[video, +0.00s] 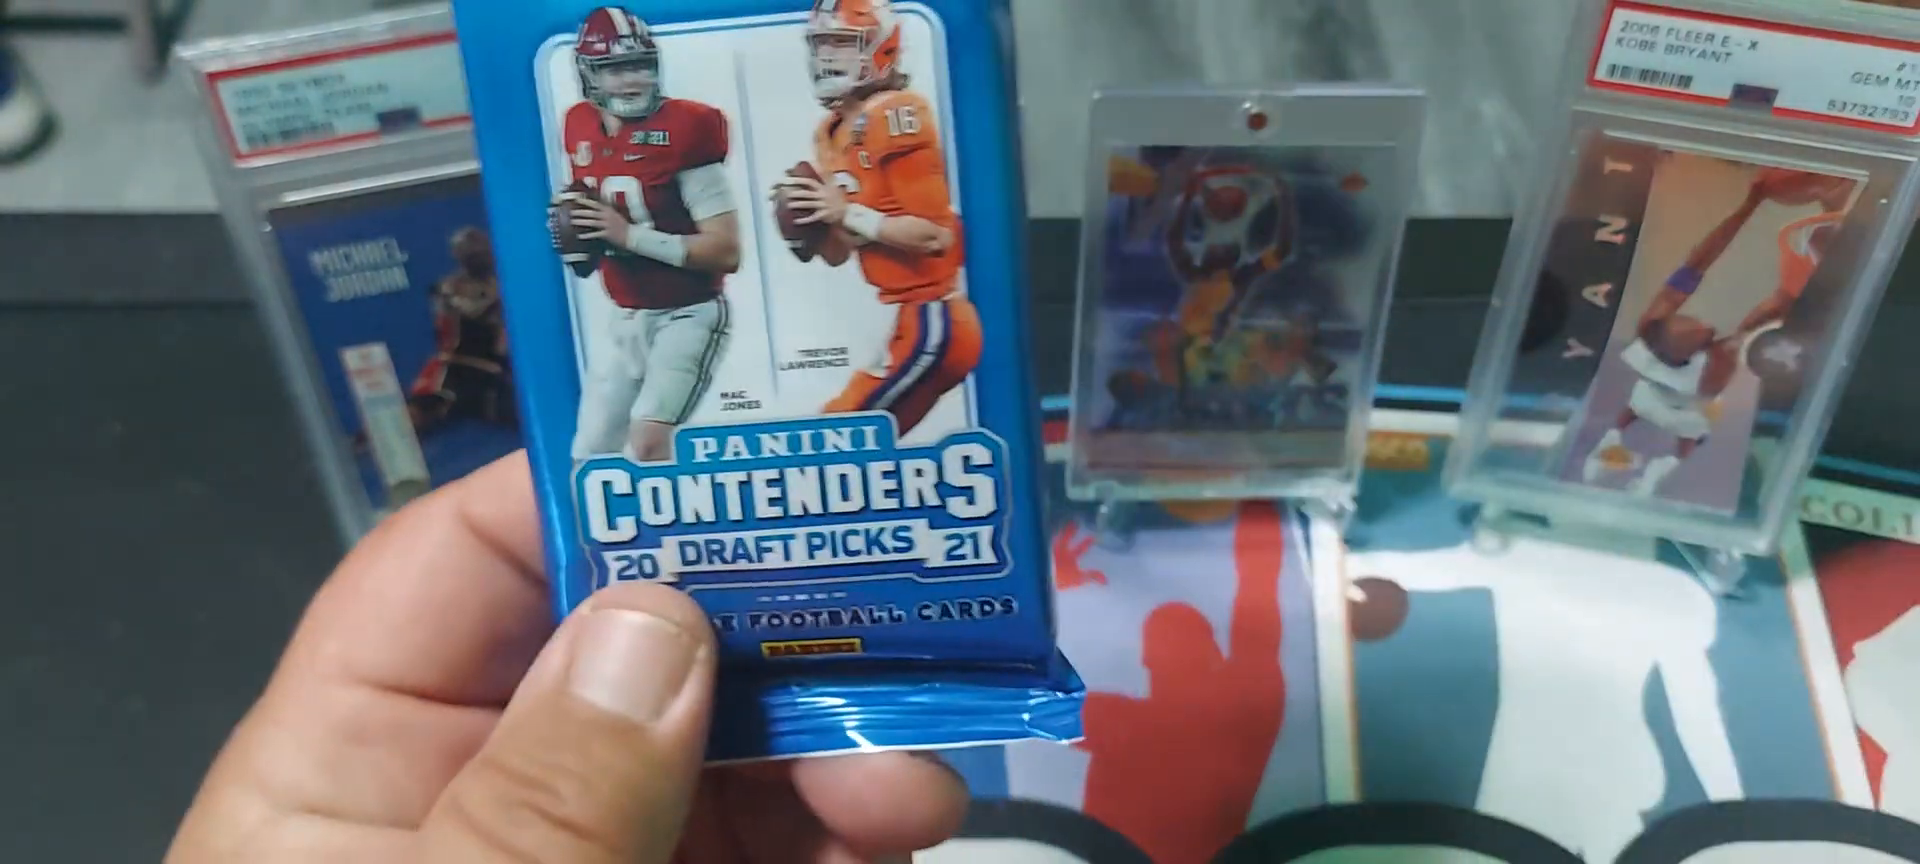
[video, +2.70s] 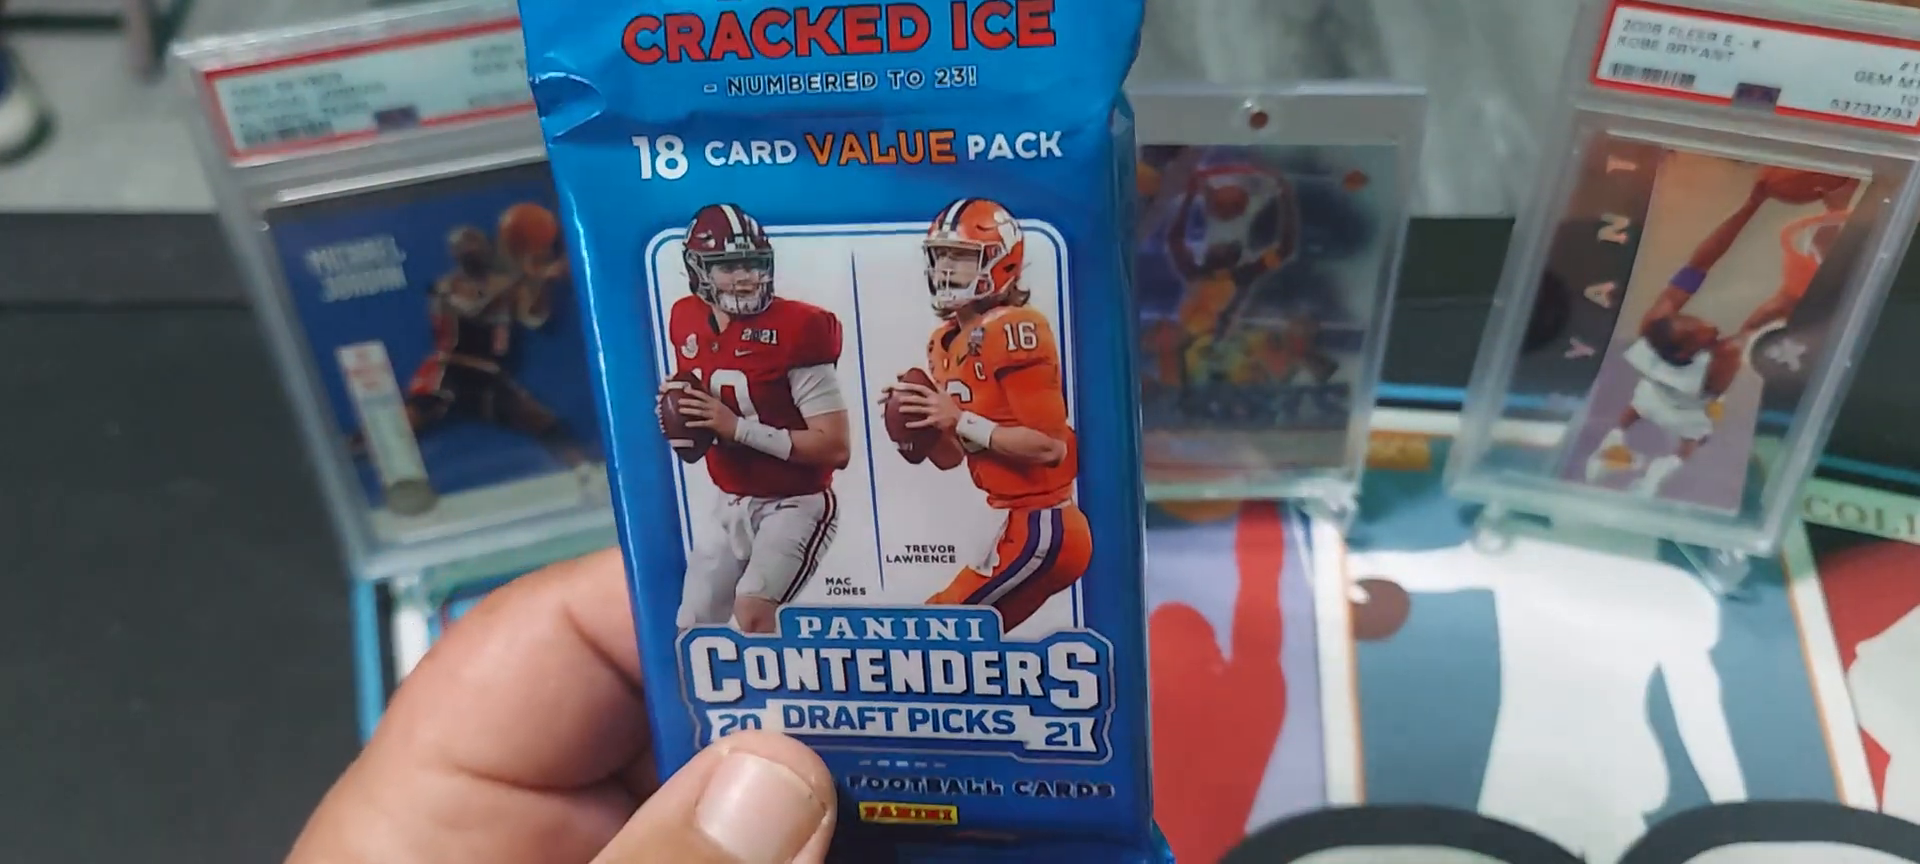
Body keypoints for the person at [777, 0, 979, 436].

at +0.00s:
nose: (828, 56)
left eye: (844, 44)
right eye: (821, 44)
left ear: (880, 53)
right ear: (811, 47)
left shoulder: (897, 113)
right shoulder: (829, 131)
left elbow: (935, 236)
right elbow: (836, 252)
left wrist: (846, 211)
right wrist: (805, 217)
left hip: (934, 320)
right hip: (909, 319)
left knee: (829, 442)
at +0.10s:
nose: (829, 61)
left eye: (845, 49)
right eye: (823, 48)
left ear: (880, 57)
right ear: (813, 52)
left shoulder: (896, 114)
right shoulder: (830, 133)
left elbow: (934, 234)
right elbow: (836, 250)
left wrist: (846, 209)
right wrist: (806, 220)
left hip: (932, 318)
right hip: (913, 317)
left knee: (827, 440)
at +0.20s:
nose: (887, 103)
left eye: (903, 90)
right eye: (882, 89)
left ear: (937, 96)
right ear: (873, 92)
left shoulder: (952, 157)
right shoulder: (887, 171)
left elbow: (985, 274)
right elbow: (886, 285)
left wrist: (897, 247)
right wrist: (850, 252)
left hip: (977, 355)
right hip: (952, 353)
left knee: (875, 472)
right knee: (893, 481)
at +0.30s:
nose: (939, 131)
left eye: (954, 119)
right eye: (934, 118)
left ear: (989, 127)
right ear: (924, 121)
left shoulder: (1002, 186)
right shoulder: (937, 199)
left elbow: (1031, 303)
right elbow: (933, 314)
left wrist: (945, 276)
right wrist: (900, 280)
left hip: (1023, 387)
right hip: (1002, 385)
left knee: (914, 499)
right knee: (942, 512)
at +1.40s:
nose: (950, 151)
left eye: (965, 140)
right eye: (945, 139)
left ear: (1001, 146)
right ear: (936, 142)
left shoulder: (1012, 208)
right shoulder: (945, 221)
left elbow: (1043, 327)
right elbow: (942, 338)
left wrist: (956, 300)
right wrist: (914, 299)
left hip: (1032, 413)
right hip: (1010, 411)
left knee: (922, 528)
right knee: (944, 541)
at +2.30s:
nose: (961, 212)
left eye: (977, 199)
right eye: (956, 198)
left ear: (1014, 204)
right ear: (946, 202)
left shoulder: (1028, 273)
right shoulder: (956, 284)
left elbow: (1055, 390)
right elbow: (953, 402)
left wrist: (966, 363)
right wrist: (926, 360)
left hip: (1045, 478)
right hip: (1017, 473)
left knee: (930, 587)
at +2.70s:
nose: (947, 272)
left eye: (963, 260)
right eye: (941, 258)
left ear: (1002, 263)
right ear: (931, 261)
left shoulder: (1016, 329)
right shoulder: (943, 341)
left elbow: (1048, 445)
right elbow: (948, 456)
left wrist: (957, 418)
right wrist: (915, 418)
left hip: (1042, 529)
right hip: (1014, 525)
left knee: (930, 635)